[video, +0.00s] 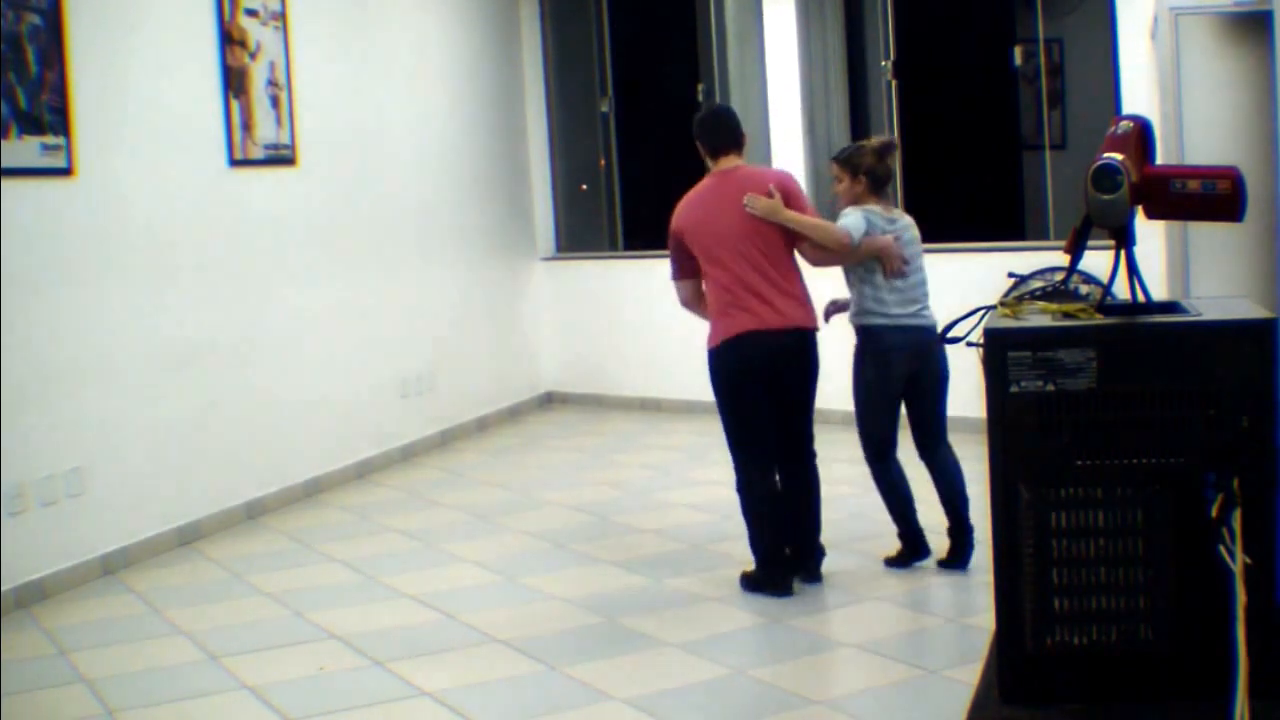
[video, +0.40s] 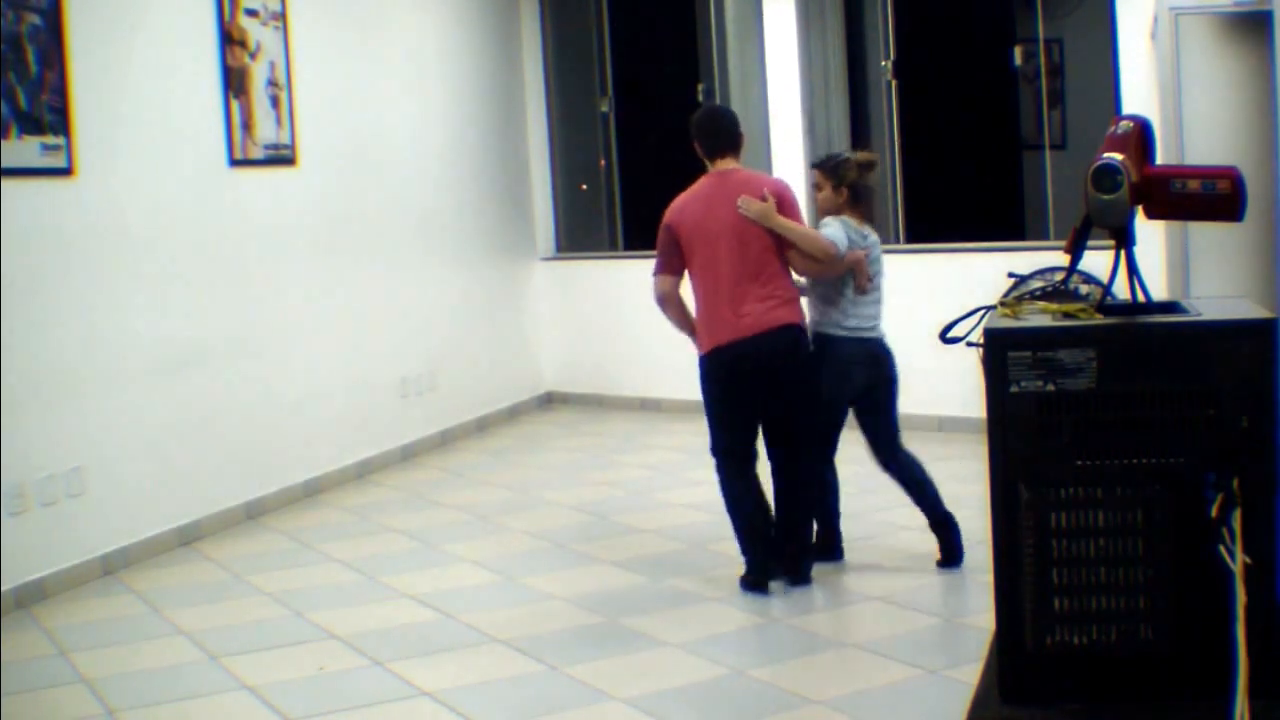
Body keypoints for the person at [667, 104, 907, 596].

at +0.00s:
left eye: (703, 148)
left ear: (700, 150)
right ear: (743, 140)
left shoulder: (686, 211)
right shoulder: (777, 183)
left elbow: (691, 297)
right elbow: (816, 251)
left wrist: (733, 314)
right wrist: (873, 247)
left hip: (732, 346)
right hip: (794, 337)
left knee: (752, 462)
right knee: (797, 449)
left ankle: (772, 571)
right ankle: (806, 560)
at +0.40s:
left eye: (699, 146)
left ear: (697, 150)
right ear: (741, 142)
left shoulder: (680, 211)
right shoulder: (772, 189)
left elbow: (665, 291)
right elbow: (806, 263)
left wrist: (696, 333)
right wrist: (846, 264)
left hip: (723, 351)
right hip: (784, 342)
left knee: (733, 463)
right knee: (791, 454)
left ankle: (759, 565)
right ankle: (795, 564)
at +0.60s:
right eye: (734, 138)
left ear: (693, 145)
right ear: (737, 142)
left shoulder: (671, 206)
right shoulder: (758, 193)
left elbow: (658, 288)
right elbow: (801, 265)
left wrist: (701, 297)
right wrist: (834, 263)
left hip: (703, 347)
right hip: (764, 337)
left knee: (704, 443)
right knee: (781, 450)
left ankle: (686, 550)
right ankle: (794, 560)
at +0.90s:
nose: (727, 158)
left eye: (726, 152)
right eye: (727, 152)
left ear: (679, 144)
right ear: (717, 150)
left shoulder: (639, 195)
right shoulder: (716, 208)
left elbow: (640, 258)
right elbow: (731, 287)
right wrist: (781, 291)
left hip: (636, 341)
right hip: (690, 343)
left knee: (663, 443)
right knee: (731, 450)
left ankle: (660, 548)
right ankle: (755, 553)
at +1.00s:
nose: (716, 159)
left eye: (716, 150)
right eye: (716, 151)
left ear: (670, 146)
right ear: (703, 152)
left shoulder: (638, 195)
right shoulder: (688, 212)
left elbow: (643, 268)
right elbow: (691, 292)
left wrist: (705, 275)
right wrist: (746, 316)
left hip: (623, 342)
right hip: (665, 346)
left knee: (658, 442)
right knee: (712, 437)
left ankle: (659, 552)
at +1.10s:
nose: (700, 166)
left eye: (701, 158)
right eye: (698, 158)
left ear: (662, 154)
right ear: (682, 156)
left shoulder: (638, 201)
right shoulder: (656, 212)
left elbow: (658, 276)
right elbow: (651, 293)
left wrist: (709, 290)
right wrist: (706, 329)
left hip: (626, 344)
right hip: (643, 348)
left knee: (659, 444)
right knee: (672, 448)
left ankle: (662, 545)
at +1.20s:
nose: (683, 167)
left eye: (685, 158)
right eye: (681, 158)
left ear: (655, 156)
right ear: (658, 156)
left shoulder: (657, 208)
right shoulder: (619, 212)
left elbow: (666, 271)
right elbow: (605, 288)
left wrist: (712, 287)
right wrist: (665, 324)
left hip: (648, 351)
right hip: (615, 353)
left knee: (656, 450)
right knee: (629, 450)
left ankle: (662, 546)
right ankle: (560, 535)